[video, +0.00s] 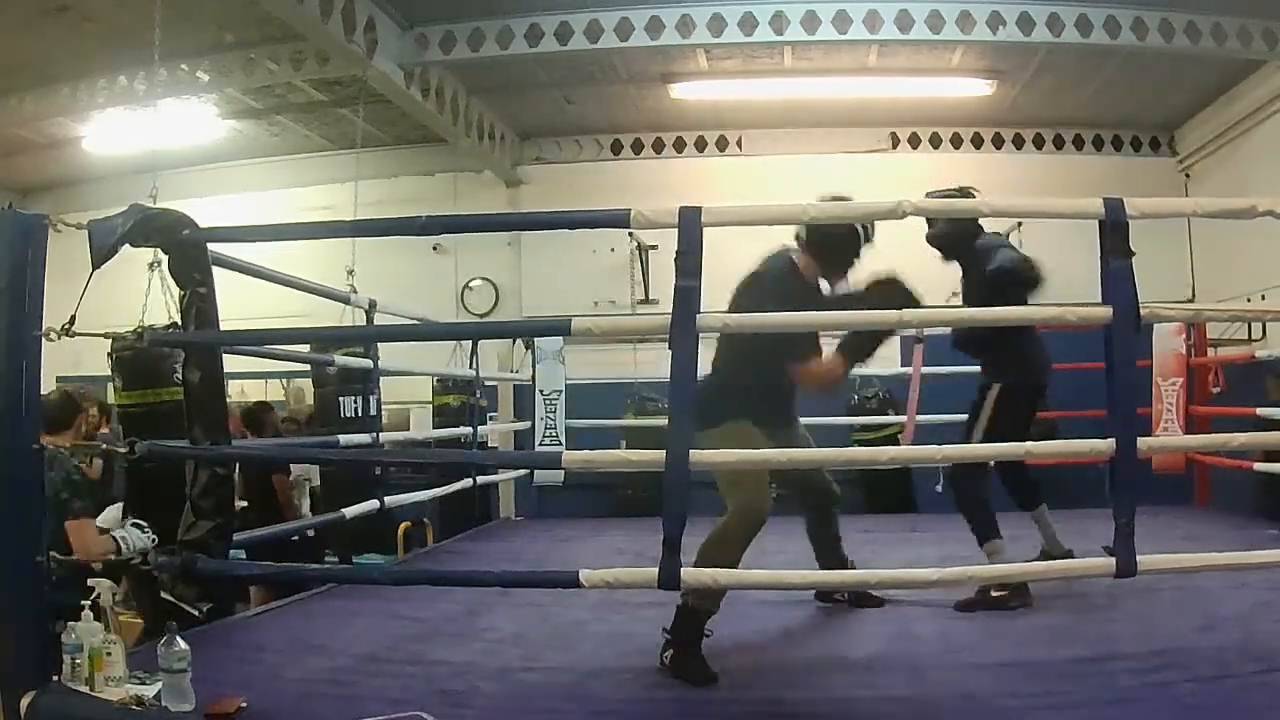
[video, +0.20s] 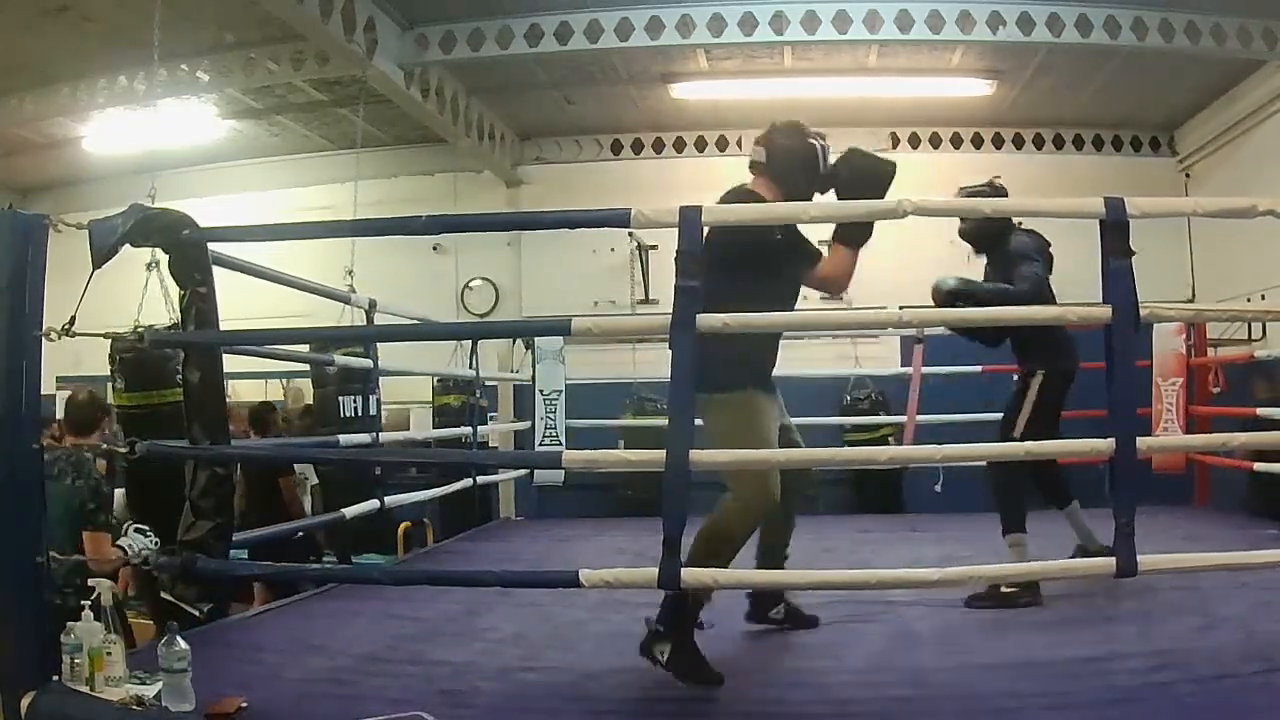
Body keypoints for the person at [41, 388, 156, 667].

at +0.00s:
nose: (86, 422)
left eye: (85, 416)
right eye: (84, 416)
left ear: (39, 420)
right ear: (77, 421)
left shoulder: (24, 455)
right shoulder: (64, 467)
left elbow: (51, 535)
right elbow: (88, 548)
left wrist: (95, 525)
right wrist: (128, 539)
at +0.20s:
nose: (111, 428)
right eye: (108, 421)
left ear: (63, 423)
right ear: (103, 426)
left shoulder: (41, 463)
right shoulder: (91, 478)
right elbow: (99, 561)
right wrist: (127, 553)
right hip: (77, 593)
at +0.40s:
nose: (123, 426)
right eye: (121, 421)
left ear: (80, 423)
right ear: (118, 426)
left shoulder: (54, 462)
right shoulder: (110, 472)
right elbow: (122, 563)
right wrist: (137, 566)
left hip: (58, 585)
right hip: (102, 590)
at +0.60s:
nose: (129, 427)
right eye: (128, 422)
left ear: (83, 423)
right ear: (124, 425)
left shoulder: (53, 465)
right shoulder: (122, 478)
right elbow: (134, 563)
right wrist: (153, 572)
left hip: (61, 587)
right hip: (109, 591)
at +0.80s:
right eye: (120, 420)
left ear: (78, 422)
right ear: (118, 423)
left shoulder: (51, 464)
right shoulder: (116, 474)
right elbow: (129, 556)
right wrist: (147, 575)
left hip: (60, 584)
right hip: (106, 589)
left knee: (69, 670)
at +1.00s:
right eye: (95, 418)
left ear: (49, 422)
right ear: (90, 424)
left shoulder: (29, 462)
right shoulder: (96, 470)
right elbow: (117, 550)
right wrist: (129, 571)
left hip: (36, 581)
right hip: (86, 587)